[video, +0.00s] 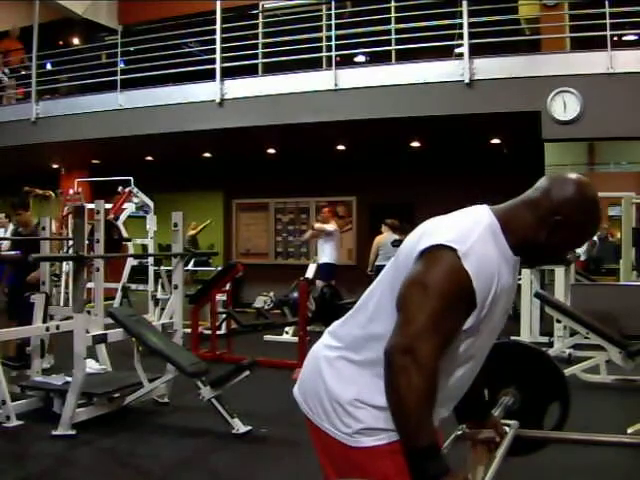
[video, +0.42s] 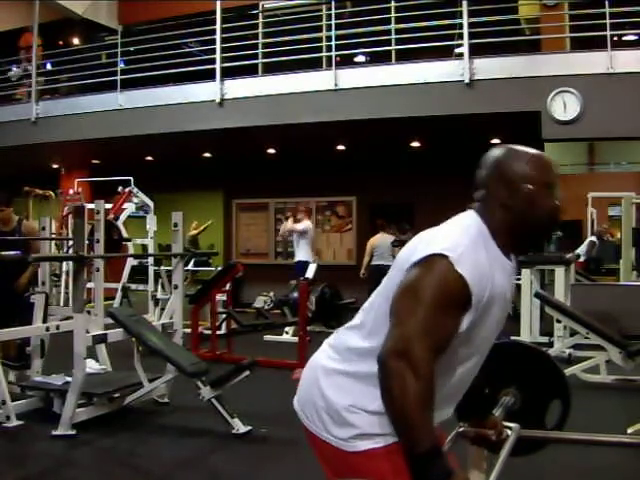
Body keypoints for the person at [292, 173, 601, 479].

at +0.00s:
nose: (569, 254)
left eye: (577, 246)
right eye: (574, 243)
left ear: (545, 212)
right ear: (553, 224)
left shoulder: (497, 250)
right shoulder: (463, 252)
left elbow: (457, 342)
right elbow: (408, 355)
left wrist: (474, 415)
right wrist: (429, 463)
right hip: (355, 403)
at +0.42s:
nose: (558, 204)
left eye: (556, 191)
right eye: (549, 190)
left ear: (510, 195)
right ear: (512, 194)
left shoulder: (496, 252)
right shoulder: (455, 258)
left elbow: (445, 346)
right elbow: (402, 359)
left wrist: (472, 412)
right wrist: (429, 464)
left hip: (396, 400)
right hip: (351, 408)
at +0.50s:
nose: (534, 174)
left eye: (528, 161)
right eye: (518, 160)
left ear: (474, 172)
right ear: (472, 170)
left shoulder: (486, 246)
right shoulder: (435, 250)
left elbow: (442, 349)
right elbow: (398, 360)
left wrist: (469, 416)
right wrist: (432, 461)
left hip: (409, 406)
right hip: (356, 412)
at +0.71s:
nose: (486, 136)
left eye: (481, 127)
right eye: (471, 127)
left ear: (439, 145)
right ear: (437, 143)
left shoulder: (453, 219)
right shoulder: (410, 214)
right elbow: (373, 326)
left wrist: (463, 393)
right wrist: (431, 425)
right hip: (366, 422)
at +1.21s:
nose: (436, 128)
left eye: (434, 118)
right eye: (424, 117)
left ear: (388, 125)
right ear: (386, 124)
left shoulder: (399, 197)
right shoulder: (362, 195)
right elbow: (317, 293)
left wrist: (434, 356)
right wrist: (385, 386)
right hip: (343, 414)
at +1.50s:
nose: (386, 142)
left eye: (389, 132)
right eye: (375, 129)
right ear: (335, 121)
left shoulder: (361, 200)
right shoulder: (304, 191)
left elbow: (352, 298)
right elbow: (256, 295)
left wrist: (402, 344)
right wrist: (335, 386)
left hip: (373, 414)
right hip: (312, 426)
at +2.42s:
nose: (359, 137)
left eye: (359, 126)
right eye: (348, 125)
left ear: (314, 130)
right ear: (310, 128)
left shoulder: (332, 208)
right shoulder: (271, 198)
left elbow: (316, 305)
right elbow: (224, 291)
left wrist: (357, 354)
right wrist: (280, 382)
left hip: (321, 409)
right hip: (267, 416)